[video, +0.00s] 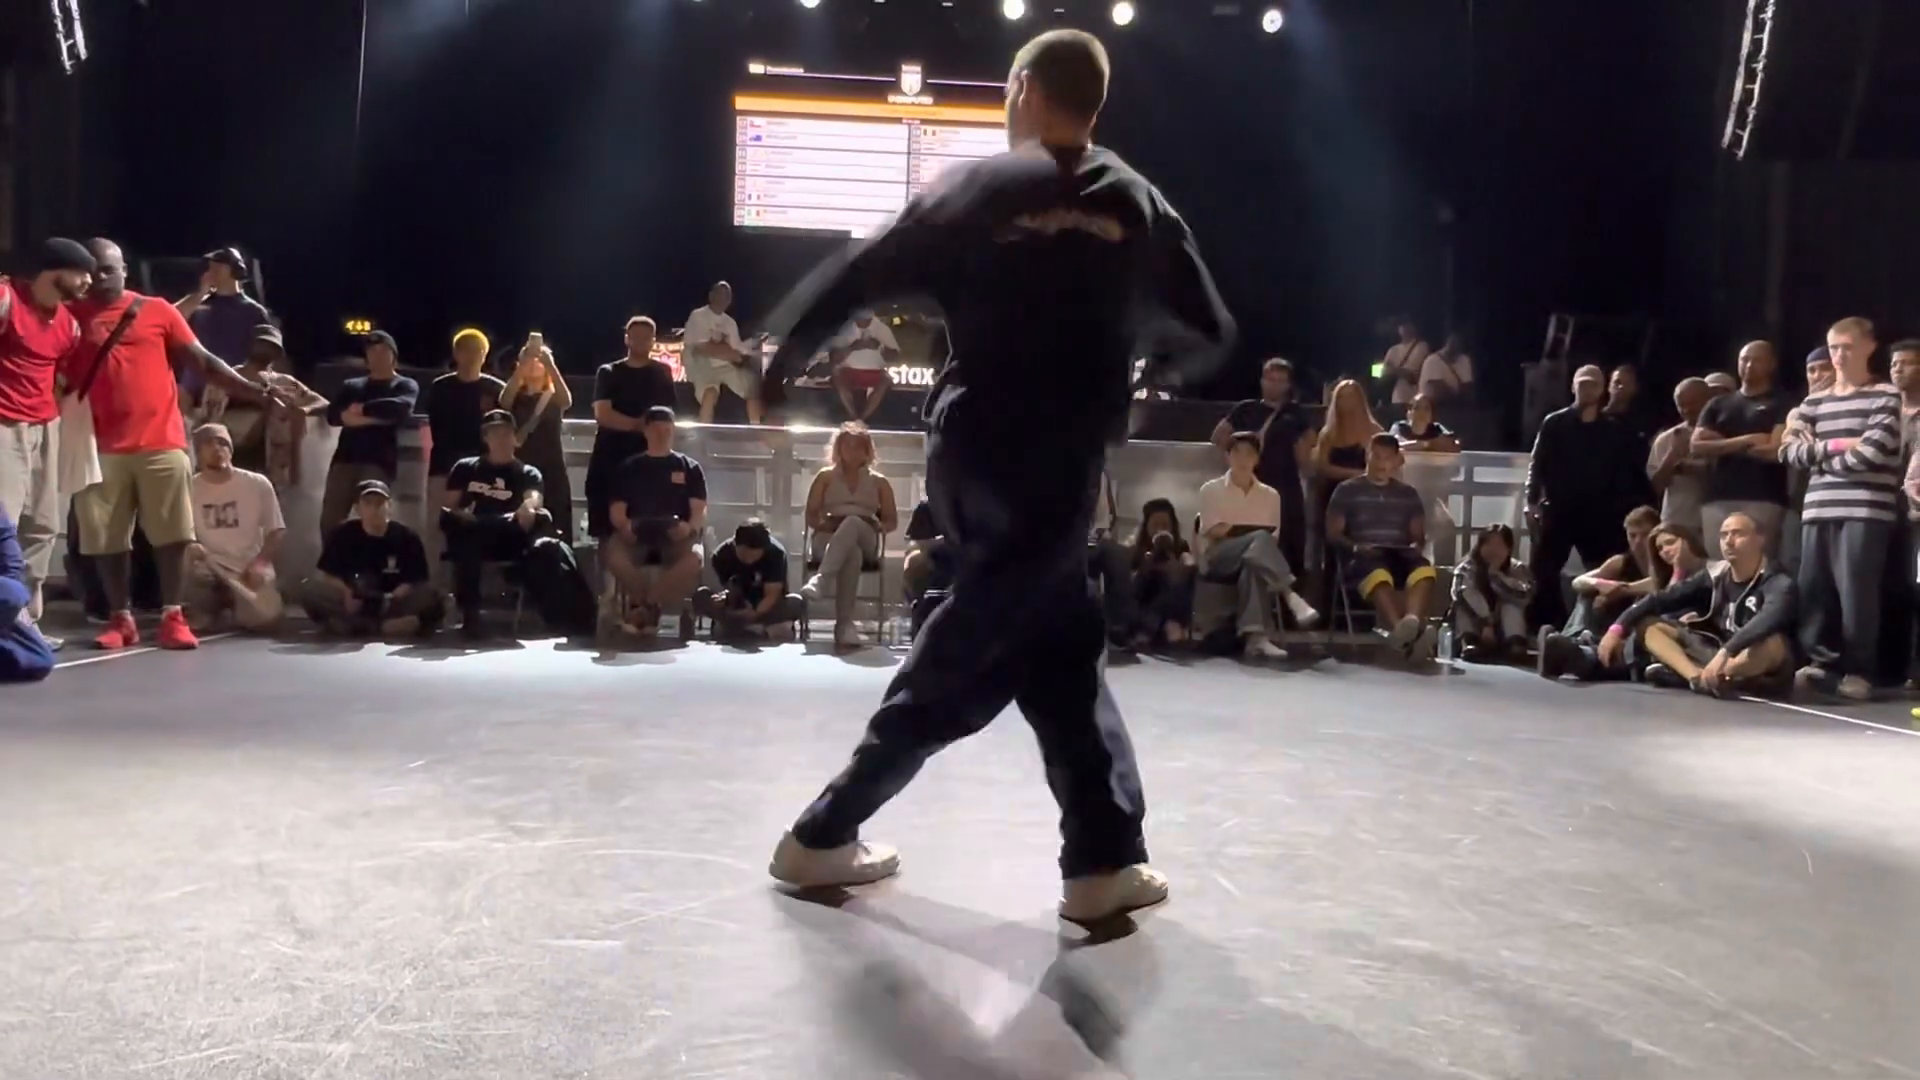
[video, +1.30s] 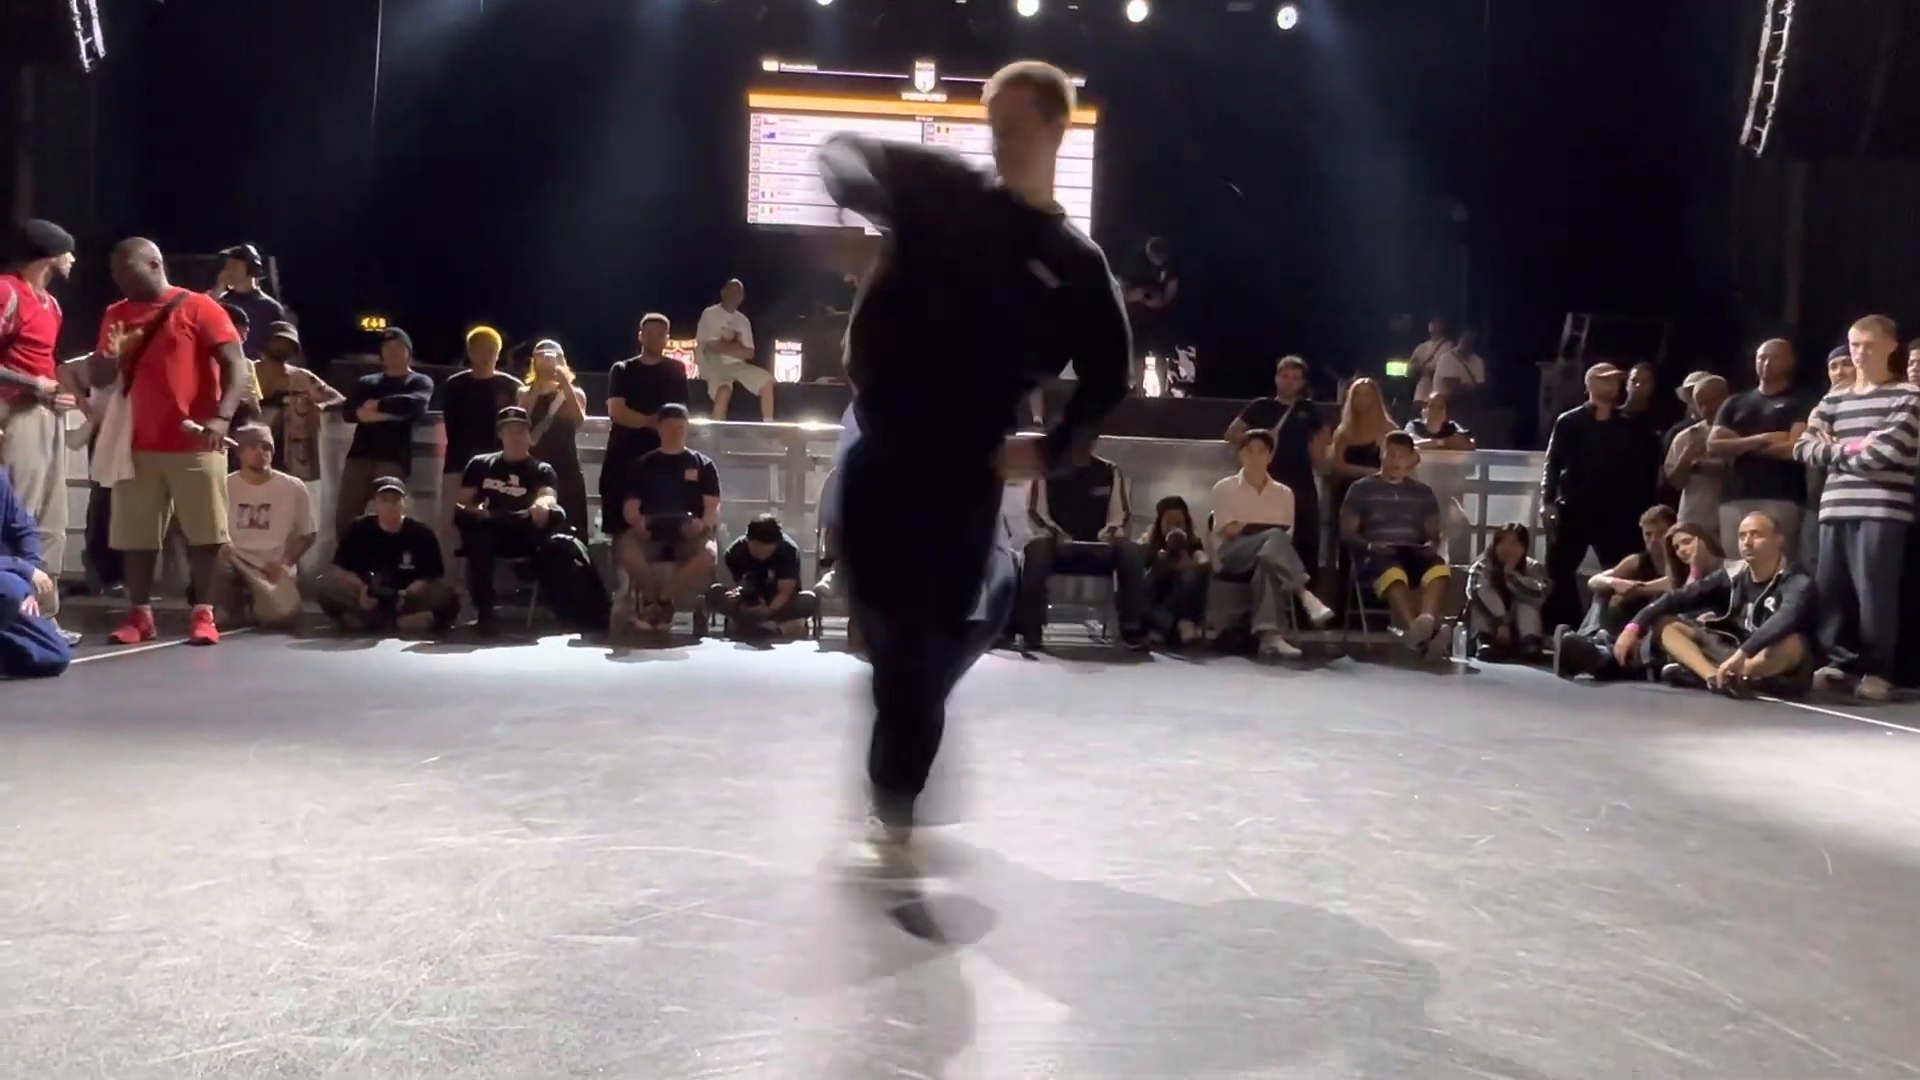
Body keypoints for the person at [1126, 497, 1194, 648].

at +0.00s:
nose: (1160, 531)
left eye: (1165, 525)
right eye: (1155, 525)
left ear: (1173, 526)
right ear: (1146, 526)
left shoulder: (1180, 546)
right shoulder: (1137, 550)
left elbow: (1189, 568)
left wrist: (1168, 552)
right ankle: (1172, 624)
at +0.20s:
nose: (1161, 531)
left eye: (1166, 526)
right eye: (1156, 526)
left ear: (1174, 526)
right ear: (1147, 527)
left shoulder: (1182, 548)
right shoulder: (1138, 551)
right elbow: (1132, 584)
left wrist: (1169, 553)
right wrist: (1150, 563)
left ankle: (1146, 632)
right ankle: (1171, 625)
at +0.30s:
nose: (1163, 532)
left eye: (1168, 526)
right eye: (1157, 526)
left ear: (1176, 526)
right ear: (1148, 527)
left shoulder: (1183, 548)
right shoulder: (1139, 551)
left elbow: (1191, 570)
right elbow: (1135, 584)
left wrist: (1170, 553)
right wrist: (1155, 557)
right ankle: (1174, 625)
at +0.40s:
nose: (1163, 532)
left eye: (1168, 527)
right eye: (1158, 527)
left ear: (1176, 527)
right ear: (1149, 528)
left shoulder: (1184, 548)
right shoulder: (1139, 551)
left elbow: (1193, 569)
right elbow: (1134, 584)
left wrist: (1171, 554)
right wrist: (1153, 562)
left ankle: (1181, 627)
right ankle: (1175, 627)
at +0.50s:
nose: (1164, 531)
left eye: (1169, 526)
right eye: (1159, 526)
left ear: (1177, 526)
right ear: (1150, 527)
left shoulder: (1184, 547)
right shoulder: (1141, 551)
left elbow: (1194, 566)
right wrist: (1154, 559)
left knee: (1183, 577)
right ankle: (1176, 623)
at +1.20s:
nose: (1172, 530)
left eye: (1177, 524)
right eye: (1167, 524)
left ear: (1185, 525)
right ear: (1158, 525)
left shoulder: (1192, 545)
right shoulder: (1147, 548)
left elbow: (1202, 564)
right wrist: (1161, 562)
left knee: (1192, 575)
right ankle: (1183, 623)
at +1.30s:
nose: (1173, 528)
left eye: (1178, 523)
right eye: (1168, 523)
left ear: (1186, 523)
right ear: (1159, 523)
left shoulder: (1193, 543)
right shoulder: (1149, 546)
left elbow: (1204, 562)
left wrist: (1188, 563)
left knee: (1193, 575)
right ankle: (1184, 622)